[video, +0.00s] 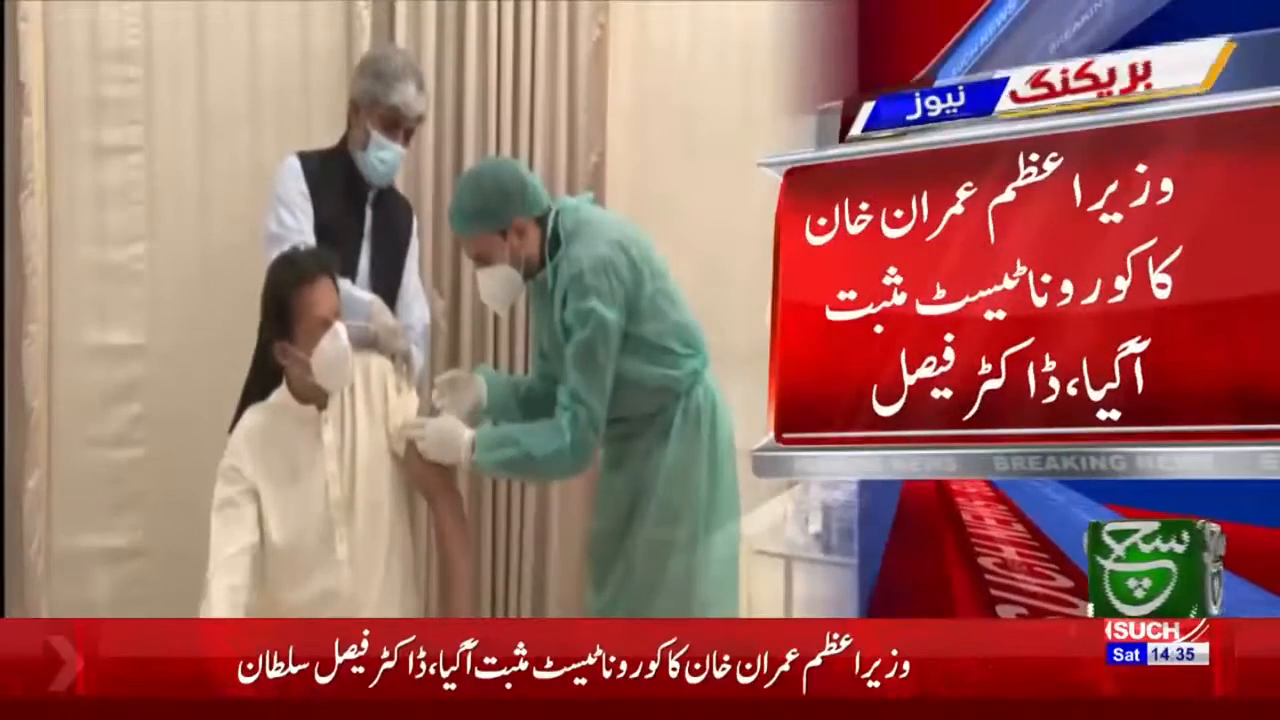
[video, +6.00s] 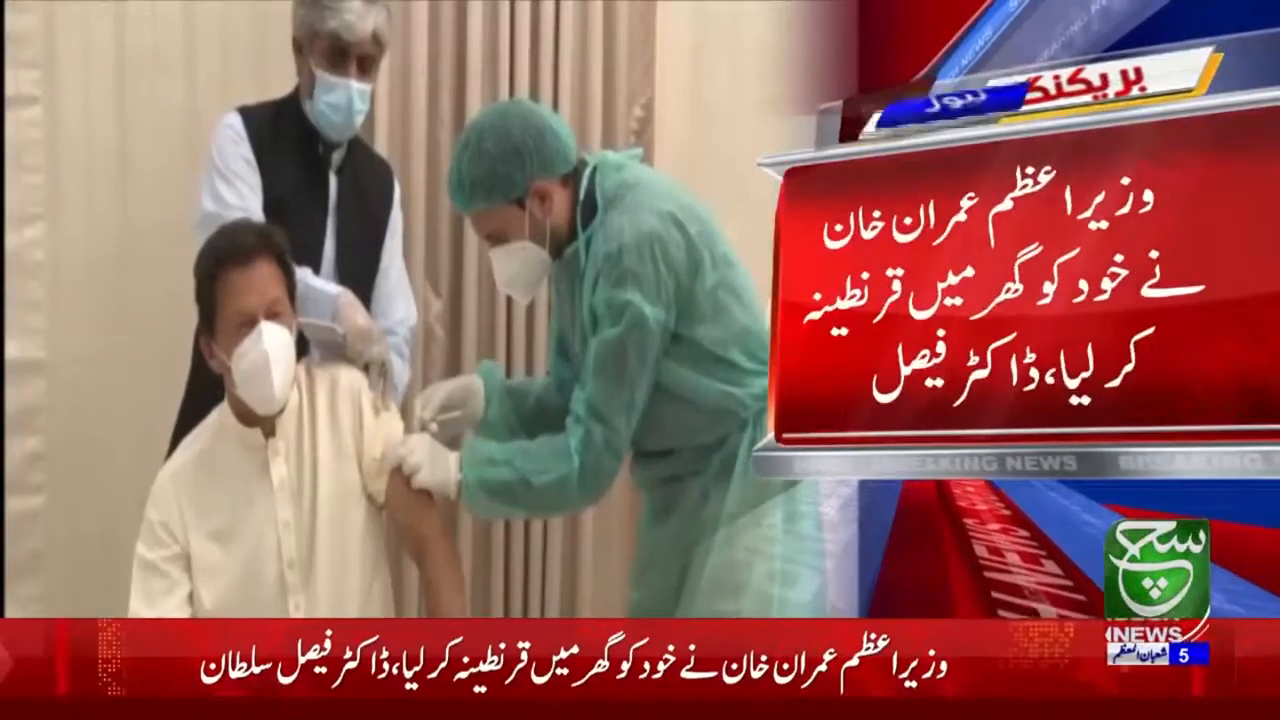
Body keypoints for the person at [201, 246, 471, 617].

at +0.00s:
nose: (340, 337)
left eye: (340, 321)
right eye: (322, 328)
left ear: (349, 320)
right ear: (284, 351)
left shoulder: (378, 382)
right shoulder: (254, 435)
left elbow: (444, 496)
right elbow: (229, 569)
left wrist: (460, 615)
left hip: (387, 615)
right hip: (292, 626)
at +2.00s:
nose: (336, 338)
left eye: (337, 322)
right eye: (319, 330)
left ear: (347, 320)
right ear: (281, 350)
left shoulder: (375, 381)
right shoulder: (253, 435)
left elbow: (442, 495)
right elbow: (229, 569)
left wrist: (459, 615)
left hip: (389, 618)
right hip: (293, 632)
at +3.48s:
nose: (337, 336)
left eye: (338, 318)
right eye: (319, 326)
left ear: (347, 316)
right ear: (281, 346)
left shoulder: (375, 381)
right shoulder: (253, 434)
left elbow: (442, 496)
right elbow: (227, 570)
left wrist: (458, 615)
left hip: (389, 618)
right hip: (293, 633)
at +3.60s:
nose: (260, 323)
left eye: (270, 303)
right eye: (238, 312)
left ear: (289, 310)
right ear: (208, 343)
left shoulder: (341, 386)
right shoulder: (178, 472)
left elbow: (431, 526)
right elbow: (153, 624)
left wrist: (457, 642)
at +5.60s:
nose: (265, 335)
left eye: (275, 313)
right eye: (244, 322)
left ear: (295, 316)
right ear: (212, 349)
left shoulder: (345, 394)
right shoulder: (179, 484)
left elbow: (431, 538)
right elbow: (159, 639)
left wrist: (454, 647)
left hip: (364, 674)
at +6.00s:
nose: (266, 337)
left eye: (275, 316)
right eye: (245, 325)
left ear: (295, 319)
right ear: (212, 351)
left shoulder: (345, 397)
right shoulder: (180, 485)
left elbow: (430, 539)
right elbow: (159, 641)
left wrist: (453, 650)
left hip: (364, 675)